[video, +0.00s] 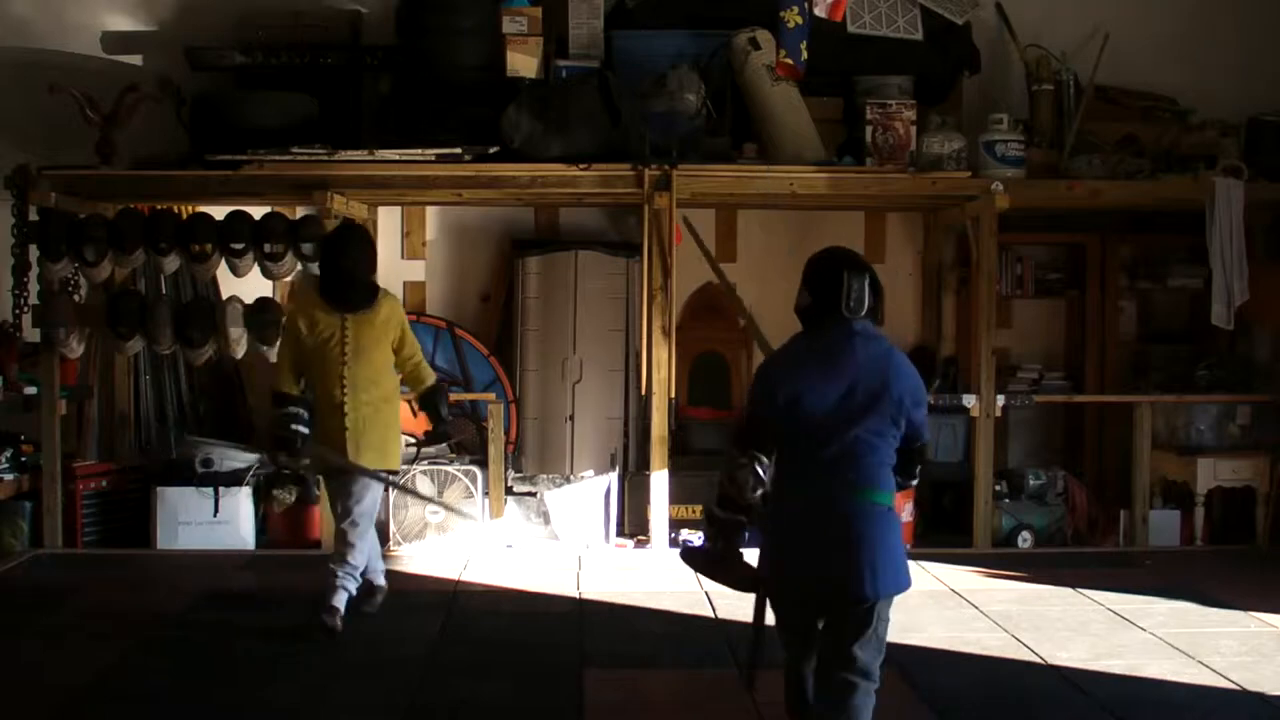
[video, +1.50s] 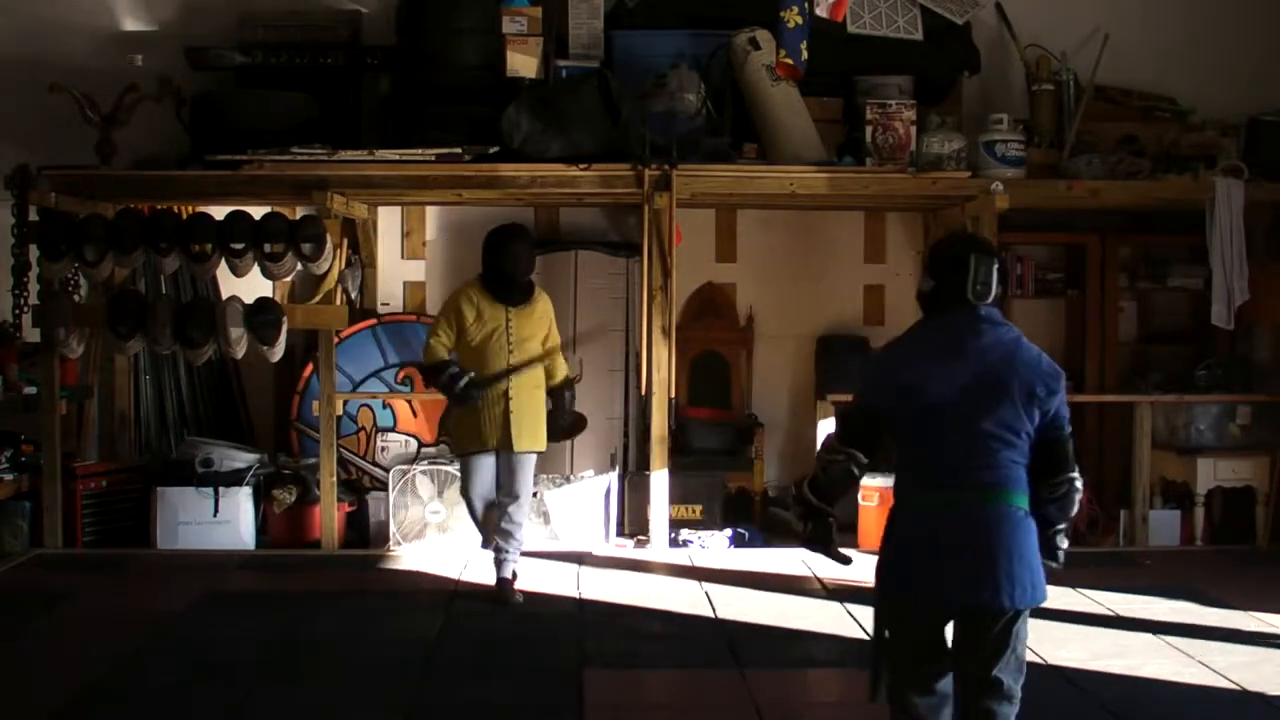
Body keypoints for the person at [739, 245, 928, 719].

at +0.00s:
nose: (798, 303)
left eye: (804, 294)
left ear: (808, 299)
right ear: (869, 300)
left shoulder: (779, 365)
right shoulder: (896, 367)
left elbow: (750, 448)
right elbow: (908, 464)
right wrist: (870, 488)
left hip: (792, 537)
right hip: (866, 541)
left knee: (801, 664)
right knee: (856, 671)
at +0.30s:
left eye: (771, 279)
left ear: (771, 284)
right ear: (836, 291)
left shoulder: (742, 356)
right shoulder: (872, 362)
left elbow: (708, 461)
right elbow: (902, 466)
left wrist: (680, 533)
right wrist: (887, 526)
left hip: (764, 534)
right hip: (846, 536)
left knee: (734, 663)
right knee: (844, 675)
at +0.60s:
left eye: (722, 282)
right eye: (785, 284)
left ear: (724, 287)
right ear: (790, 290)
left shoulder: (691, 359)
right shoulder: (826, 359)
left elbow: (655, 451)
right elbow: (862, 457)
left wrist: (651, 516)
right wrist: (876, 525)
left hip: (742, 538)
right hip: (825, 535)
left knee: (728, 687)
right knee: (840, 681)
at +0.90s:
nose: (735, 294)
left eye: (740, 286)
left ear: (743, 291)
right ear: (812, 291)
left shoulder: (717, 363)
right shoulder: (855, 361)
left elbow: (676, 461)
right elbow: (892, 469)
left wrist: (677, 523)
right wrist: (884, 535)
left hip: (771, 545)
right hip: (856, 539)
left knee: (740, 692)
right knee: (901, 683)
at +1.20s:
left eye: (856, 297)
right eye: (907, 296)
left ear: (857, 303)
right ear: (919, 302)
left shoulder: (834, 373)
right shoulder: (955, 370)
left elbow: (787, 468)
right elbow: (987, 483)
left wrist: (778, 547)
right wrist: (966, 549)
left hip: (861, 557)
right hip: (944, 558)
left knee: (795, 701)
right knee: (977, 704)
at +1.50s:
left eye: (926, 281)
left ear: (928, 287)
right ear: (993, 290)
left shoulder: (897, 359)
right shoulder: (1035, 367)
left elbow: (850, 451)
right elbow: (1058, 479)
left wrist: (812, 503)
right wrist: (1049, 542)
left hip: (914, 551)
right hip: (1001, 552)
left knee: (918, 690)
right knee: (995, 693)